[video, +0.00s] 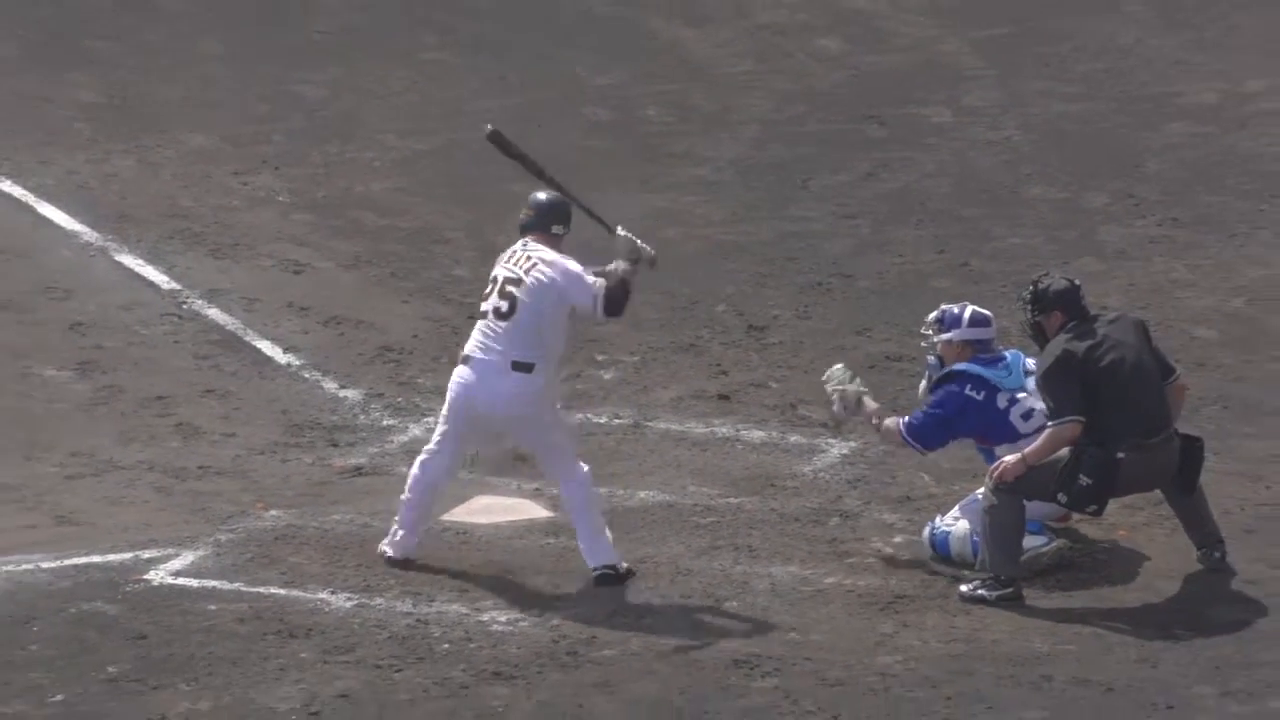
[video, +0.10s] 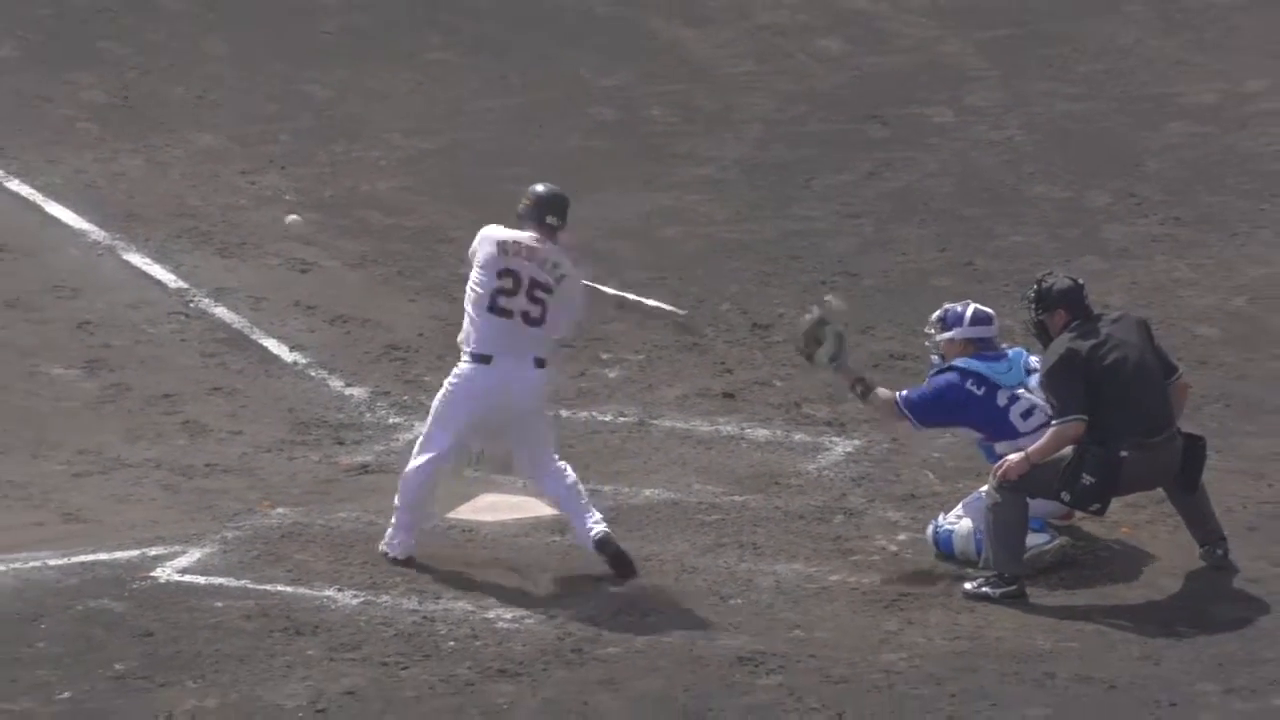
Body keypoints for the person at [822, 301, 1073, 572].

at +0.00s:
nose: (935, 348)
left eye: (940, 341)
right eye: (937, 341)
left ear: (960, 348)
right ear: (983, 343)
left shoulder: (961, 391)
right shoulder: (1018, 361)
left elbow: (910, 434)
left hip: (1039, 489)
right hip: (1078, 468)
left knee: (940, 533)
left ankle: (1032, 544)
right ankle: (1055, 513)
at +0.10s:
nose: (938, 345)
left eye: (944, 338)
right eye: (940, 337)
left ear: (964, 343)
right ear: (985, 340)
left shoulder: (959, 384)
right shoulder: (1021, 358)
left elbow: (894, 407)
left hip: (1038, 484)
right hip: (1080, 463)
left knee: (944, 532)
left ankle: (1033, 541)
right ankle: (1059, 510)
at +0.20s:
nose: (946, 352)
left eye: (951, 345)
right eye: (947, 345)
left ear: (968, 344)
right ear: (994, 340)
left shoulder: (963, 377)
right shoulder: (1031, 358)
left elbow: (891, 383)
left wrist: (829, 354)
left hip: (1035, 487)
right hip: (1077, 472)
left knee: (945, 533)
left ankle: (1035, 542)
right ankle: (1060, 516)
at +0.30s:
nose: (954, 351)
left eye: (960, 344)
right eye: (955, 344)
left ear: (978, 346)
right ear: (1005, 343)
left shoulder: (974, 381)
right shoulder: (1040, 362)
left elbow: (903, 398)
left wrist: (840, 369)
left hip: (1040, 494)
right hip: (1080, 480)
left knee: (948, 538)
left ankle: (1037, 548)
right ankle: (1062, 522)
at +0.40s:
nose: (965, 353)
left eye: (970, 347)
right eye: (966, 347)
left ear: (988, 352)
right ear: (1010, 349)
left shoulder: (989, 390)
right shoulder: (1041, 369)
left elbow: (927, 435)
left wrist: (869, 410)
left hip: (1048, 502)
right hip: (1080, 488)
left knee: (950, 546)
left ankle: (1037, 557)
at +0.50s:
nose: (976, 365)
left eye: (980, 359)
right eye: (977, 358)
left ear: (996, 362)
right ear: (1018, 358)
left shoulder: (1004, 403)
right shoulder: (1038, 381)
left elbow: (975, 467)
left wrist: (927, 457)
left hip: (1050, 519)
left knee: (954, 561)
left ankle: (1041, 570)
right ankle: (1049, 558)